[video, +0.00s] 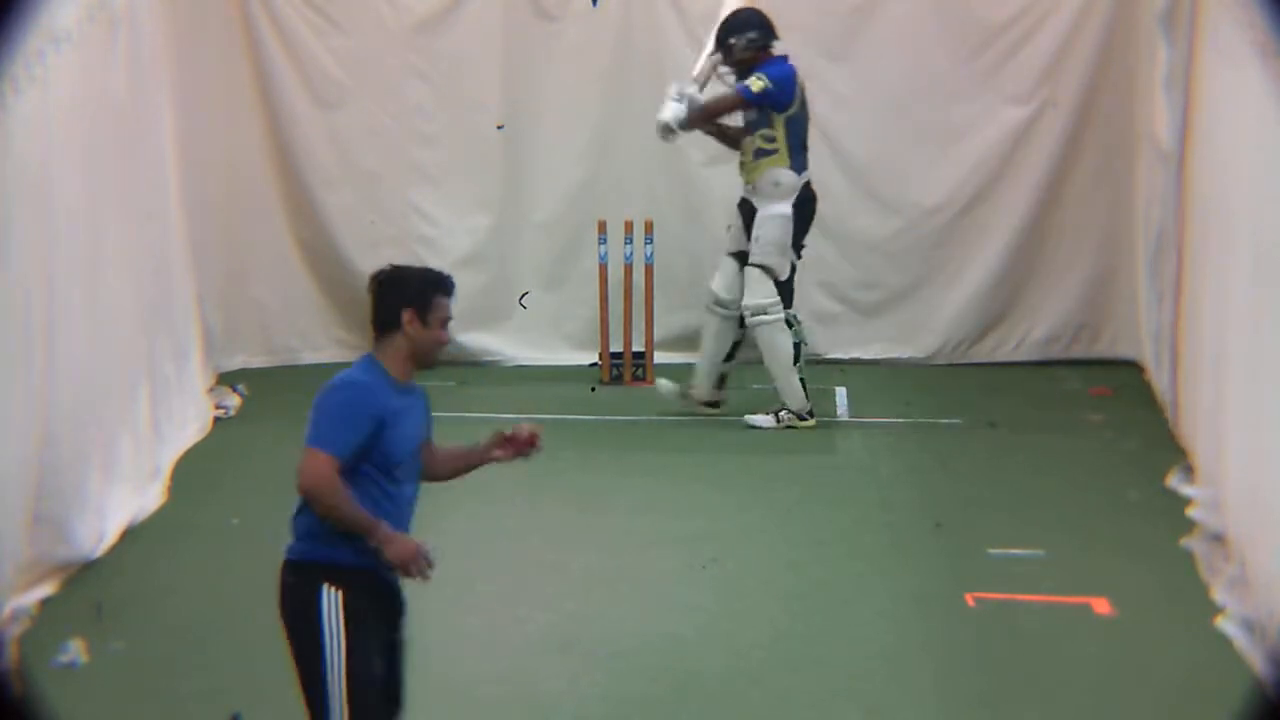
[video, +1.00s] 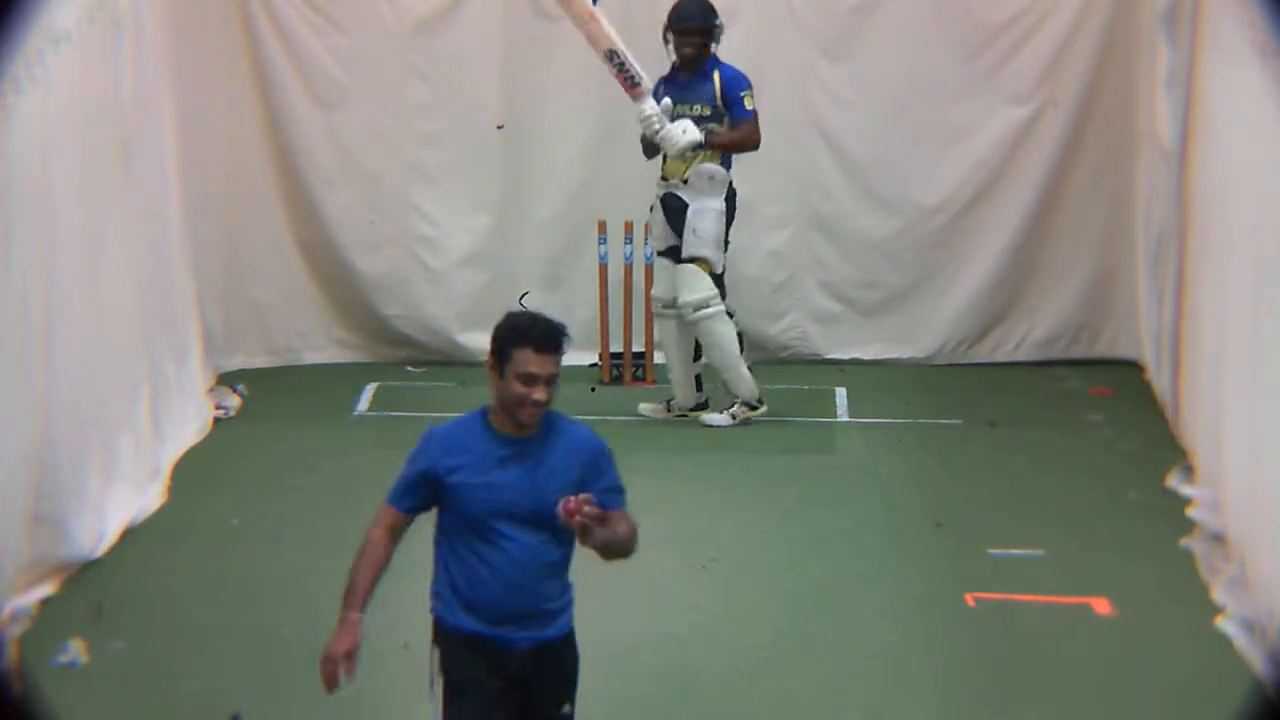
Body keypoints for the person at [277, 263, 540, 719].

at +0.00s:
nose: (448, 335)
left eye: (448, 324)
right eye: (443, 323)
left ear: (412, 323)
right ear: (409, 322)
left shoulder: (411, 396)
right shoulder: (353, 391)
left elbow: (422, 463)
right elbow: (314, 478)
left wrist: (487, 453)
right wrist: (385, 537)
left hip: (373, 581)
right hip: (329, 583)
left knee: (382, 707)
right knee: (345, 712)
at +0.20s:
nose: (448, 339)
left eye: (449, 326)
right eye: (440, 326)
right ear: (398, 319)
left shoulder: (432, 397)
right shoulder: (336, 394)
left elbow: (445, 482)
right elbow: (296, 482)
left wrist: (485, 457)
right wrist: (379, 531)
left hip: (415, 586)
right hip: (343, 590)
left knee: (443, 710)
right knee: (342, 712)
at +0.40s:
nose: (466, 360)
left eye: (469, 347)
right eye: (455, 347)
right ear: (411, 339)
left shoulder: (467, 417)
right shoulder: (352, 417)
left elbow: (483, 503)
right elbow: (317, 513)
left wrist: (508, 488)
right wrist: (401, 554)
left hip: (443, 612)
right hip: (360, 614)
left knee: (463, 712)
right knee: (348, 713)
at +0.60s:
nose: (504, 383)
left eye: (510, 371)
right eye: (494, 368)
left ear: (516, 369)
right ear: (452, 359)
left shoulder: (514, 439)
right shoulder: (394, 434)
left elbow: (529, 534)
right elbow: (351, 526)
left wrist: (548, 524)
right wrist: (417, 599)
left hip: (483, 629)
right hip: (398, 631)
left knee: (491, 711)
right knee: (392, 712)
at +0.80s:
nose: (528, 370)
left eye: (537, 358)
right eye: (517, 355)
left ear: (545, 354)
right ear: (479, 343)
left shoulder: (556, 424)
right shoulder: (419, 419)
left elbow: (582, 524)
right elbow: (367, 504)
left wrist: (573, 504)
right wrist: (365, 600)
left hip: (521, 617)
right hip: (441, 618)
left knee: (525, 712)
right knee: (442, 712)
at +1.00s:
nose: (540, 396)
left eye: (550, 382)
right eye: (527, 381)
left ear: (559, 378)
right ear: (493, 370)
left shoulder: (582, 449)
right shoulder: (445, 447)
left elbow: (624, 541)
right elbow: (385, 529)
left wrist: (597, 530)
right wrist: (349, 621)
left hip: (548, 643)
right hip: (468, 643)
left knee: (550, 713)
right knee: (472, 713)